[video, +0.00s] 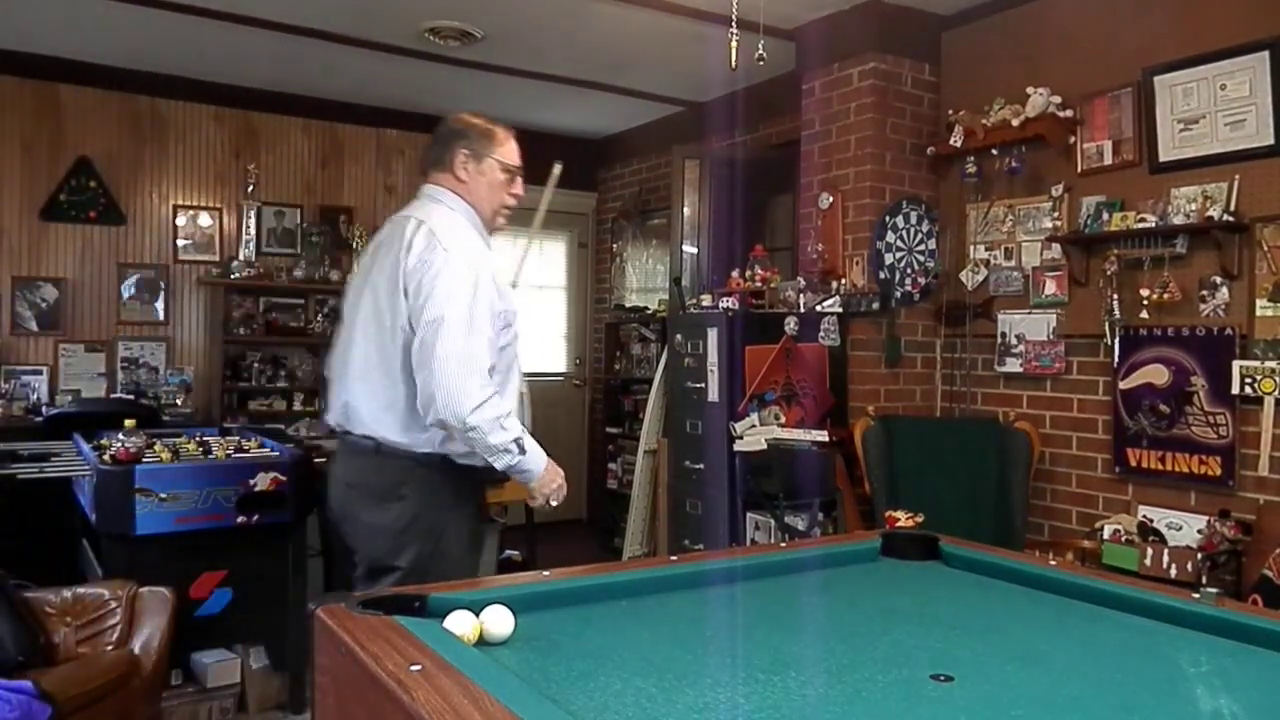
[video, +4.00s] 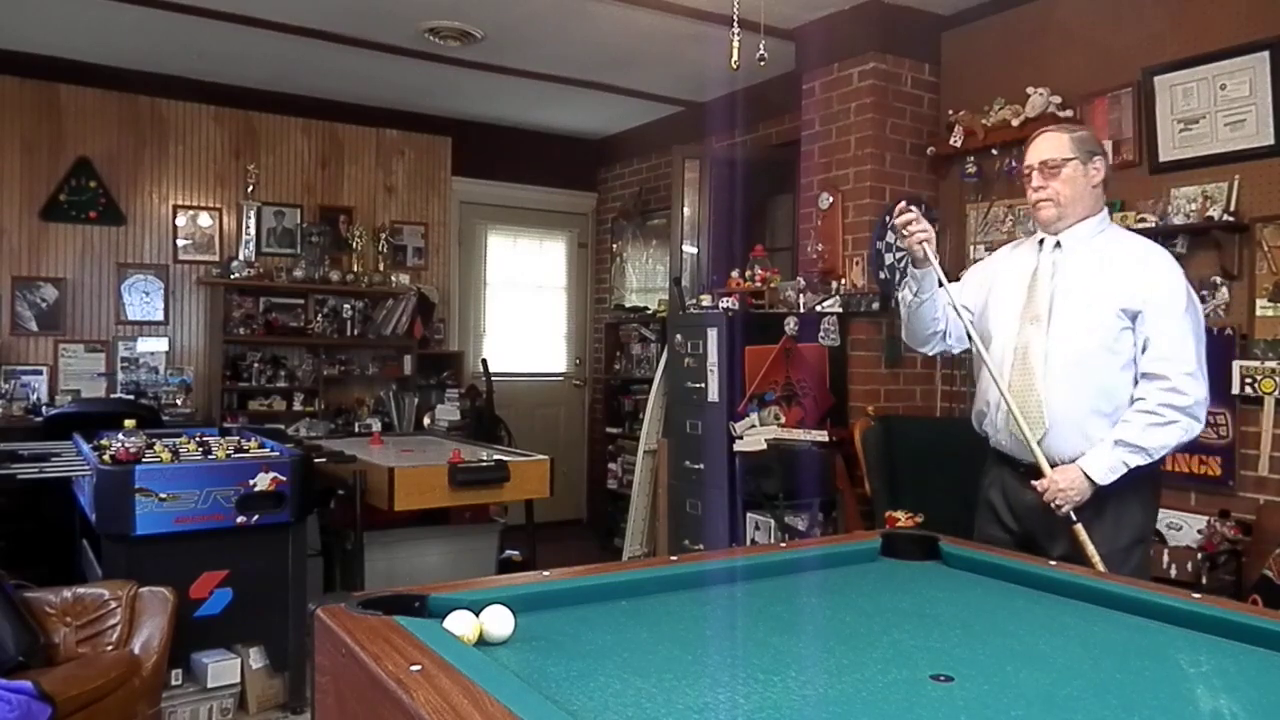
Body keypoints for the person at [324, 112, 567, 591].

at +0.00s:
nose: (520, 190)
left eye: (520, 176)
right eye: (509, 172)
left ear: (462, 168)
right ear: (463, 166)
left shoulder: (401, 229)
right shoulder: (450, 242)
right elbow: (456, 395)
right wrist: (534, 466)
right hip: (421, 486)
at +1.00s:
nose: (833, 214)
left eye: (838, 200)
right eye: (823, 199)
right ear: (777, 194)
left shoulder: (784, 257)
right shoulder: (746, 266)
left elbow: (774, 367)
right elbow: (740, 407)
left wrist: (829, 380)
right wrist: (817, 464)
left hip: (767, 461)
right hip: (731, 468)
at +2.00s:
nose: (1048, 239)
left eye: (1058, 224)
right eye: (1034, 220)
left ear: (1066, 225)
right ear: (994, 208)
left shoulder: (1051, 295)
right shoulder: (929, 281)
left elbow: (1062, 381)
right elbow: (890, 404)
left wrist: (1068, 413)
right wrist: (973, 463)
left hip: (1001, 489)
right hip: (919, 484)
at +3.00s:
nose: (1062, 188)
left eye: (1079, 172)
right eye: (1046, 176)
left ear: (1111, 178)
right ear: (1030, 188)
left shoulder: (1150, 281)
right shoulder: (984, 271)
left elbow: (1192, 373)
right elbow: (919, 380)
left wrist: (1182, 425)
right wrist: (962, 450)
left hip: (1109, 512)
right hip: (998, 507)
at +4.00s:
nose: (1034, 184)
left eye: (1050, 168)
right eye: (1028, 173)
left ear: (1095, 171)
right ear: (1023, 183)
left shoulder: (1148, 267)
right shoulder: (1004, 265)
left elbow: (1177, 399)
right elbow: (930, 334)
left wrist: (1090, 471)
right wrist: (922, 267)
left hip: (1103, 500)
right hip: (1004, 487)